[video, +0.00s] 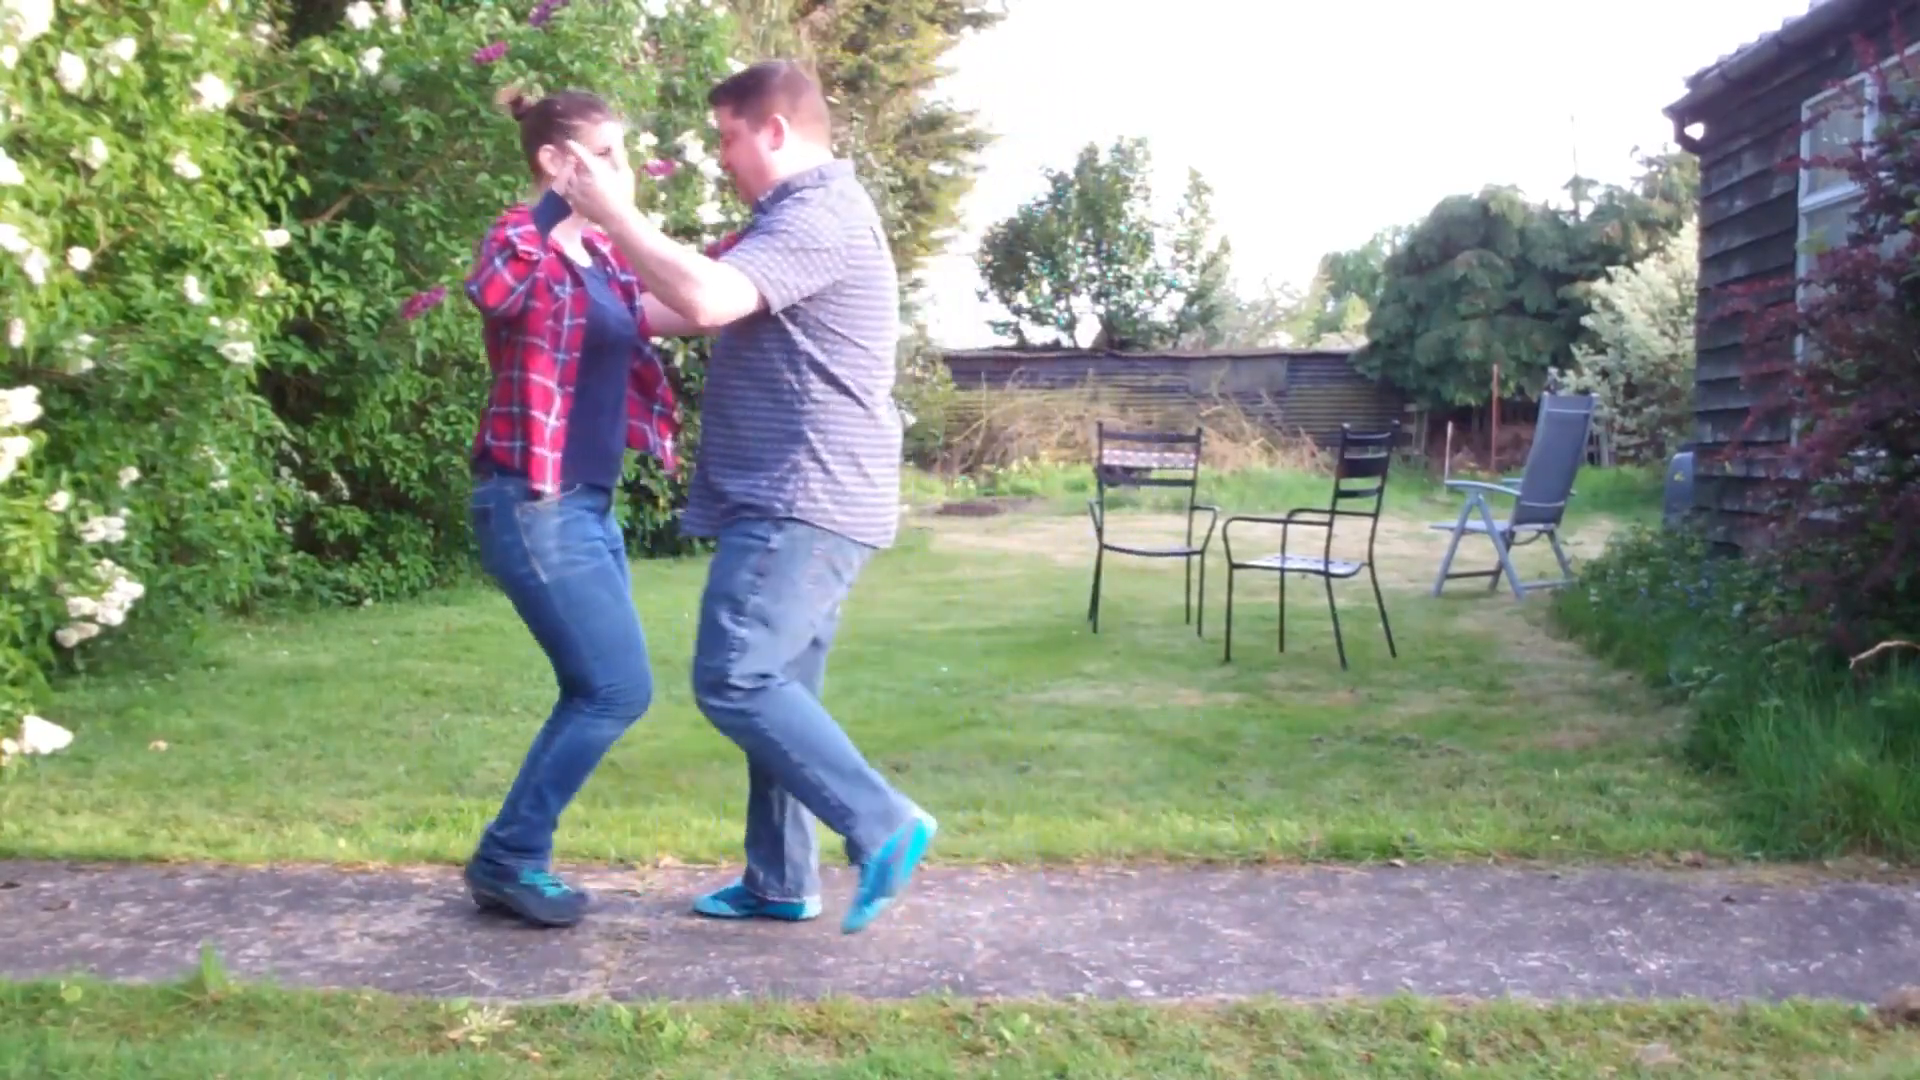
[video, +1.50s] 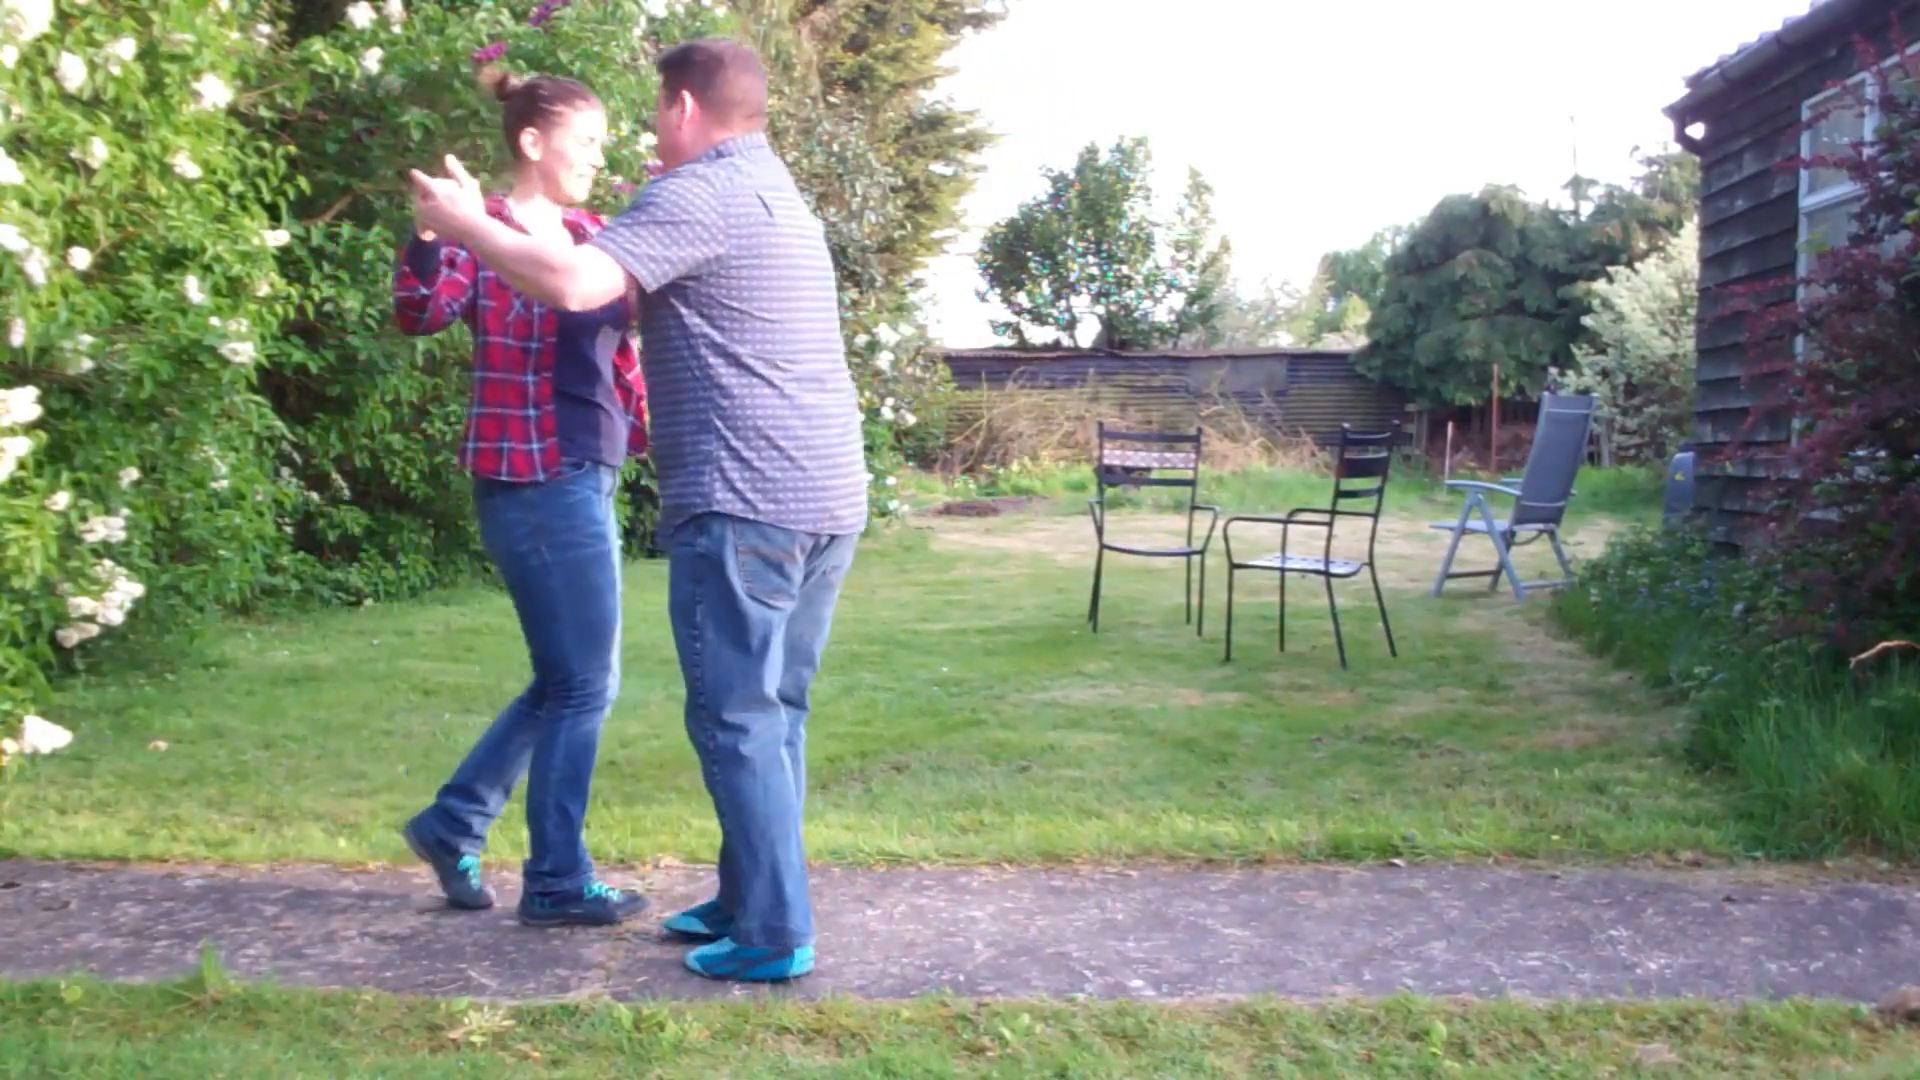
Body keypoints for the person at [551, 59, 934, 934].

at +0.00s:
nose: (720, 158)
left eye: (726, 139)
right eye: (719, 141)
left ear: (773, 131)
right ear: (785, 131)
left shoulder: (817, 212)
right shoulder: (810, 209)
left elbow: (705, 299)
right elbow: (703, 293)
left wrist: (617, 214)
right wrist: (621, 242)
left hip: (803, 496)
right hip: (807, 497)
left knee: (735, 680)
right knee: (782, 688)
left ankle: (886, 827)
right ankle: (779, 881)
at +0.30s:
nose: (632, 168)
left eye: (638, 147)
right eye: (629, 150)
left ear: (687, 132)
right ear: (697, 135)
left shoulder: (734, 211)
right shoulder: (733, 213)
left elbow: (641, 293)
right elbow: (617, 316)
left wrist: (531, 213)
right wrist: (502, 306)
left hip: (710, 502)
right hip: (748, 504)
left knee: (613, 682)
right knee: (723, 692)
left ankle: (595, 892)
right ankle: (776, 875)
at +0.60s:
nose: (560, 159)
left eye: (567, 138)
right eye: (559, 141)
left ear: (616, 128)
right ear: (633, 130)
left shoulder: (647, 204)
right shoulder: (680, 206)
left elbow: (556, 293)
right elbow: (549, 315)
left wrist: (440, 218)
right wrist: (446, 245)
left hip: (623, 498)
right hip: (686, 502)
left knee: (565, 695)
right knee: (648, 684)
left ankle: (591, 900)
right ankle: (750, 856)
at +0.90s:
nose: (556, 152)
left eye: (562, 131)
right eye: (555, 133)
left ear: (608, 124)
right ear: (634, 125)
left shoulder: (640, 197)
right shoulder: (687, 199)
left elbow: (544, 302)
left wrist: (428, 231)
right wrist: (477, 252)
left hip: (630, 498)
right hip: (702, 500)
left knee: (584, 698)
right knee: (658, 687)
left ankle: (590, 898)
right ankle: (734, 872)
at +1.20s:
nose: (604, 148)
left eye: (608, 129)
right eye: (603, 130)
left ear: (648, 119)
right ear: (686, 120)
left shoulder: (685, 197)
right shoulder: (725, 194)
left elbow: (569, 293)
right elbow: (593, 290)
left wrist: (450, 227)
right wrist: (487, 234)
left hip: (701, 492)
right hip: (768, 495)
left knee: (618, 688)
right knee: (715, 695)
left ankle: (687, 892)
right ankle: (755, 898)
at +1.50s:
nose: (654, 129)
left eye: (660, 111)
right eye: (658, 111)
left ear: (689, 109)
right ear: (746, 112)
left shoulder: (705, 191)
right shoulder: (772, 187)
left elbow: (575, 281)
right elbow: (650, 283)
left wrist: (461, 222)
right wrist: (559, 235)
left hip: (747, 496)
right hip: (825, 493)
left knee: (734, 716)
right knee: (772, 708)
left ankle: (777, 934)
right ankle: (750, 895)